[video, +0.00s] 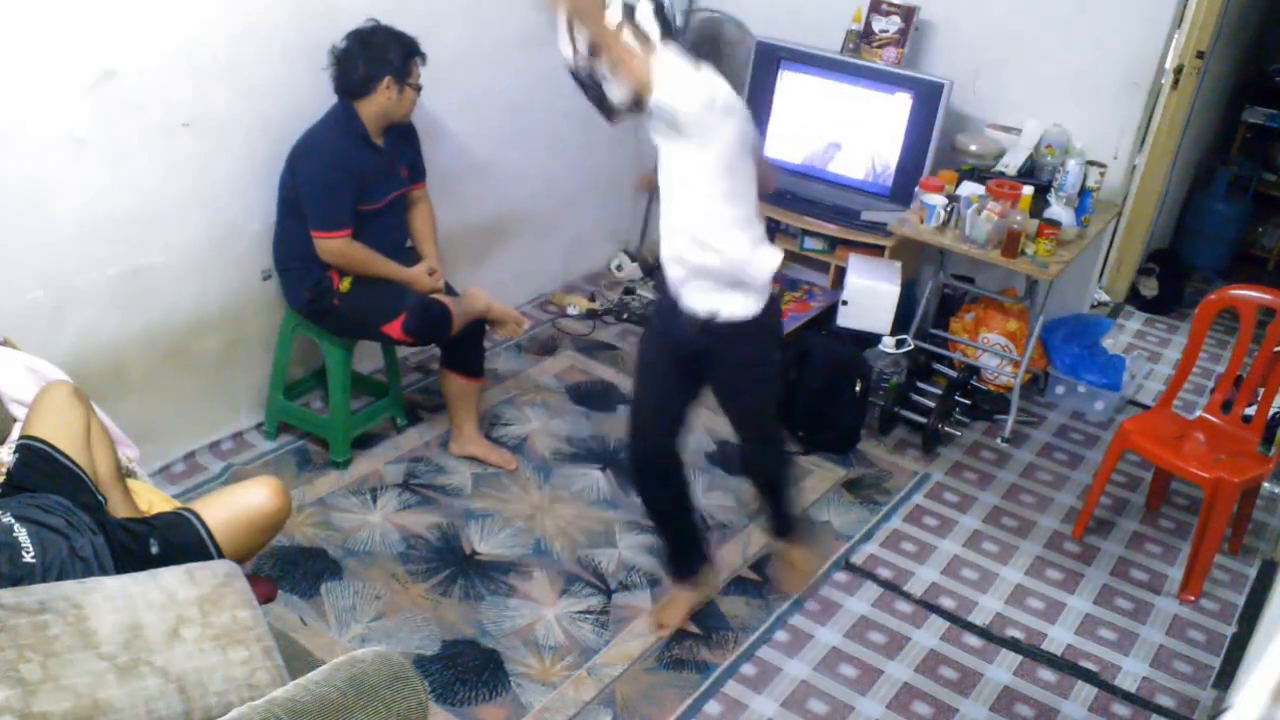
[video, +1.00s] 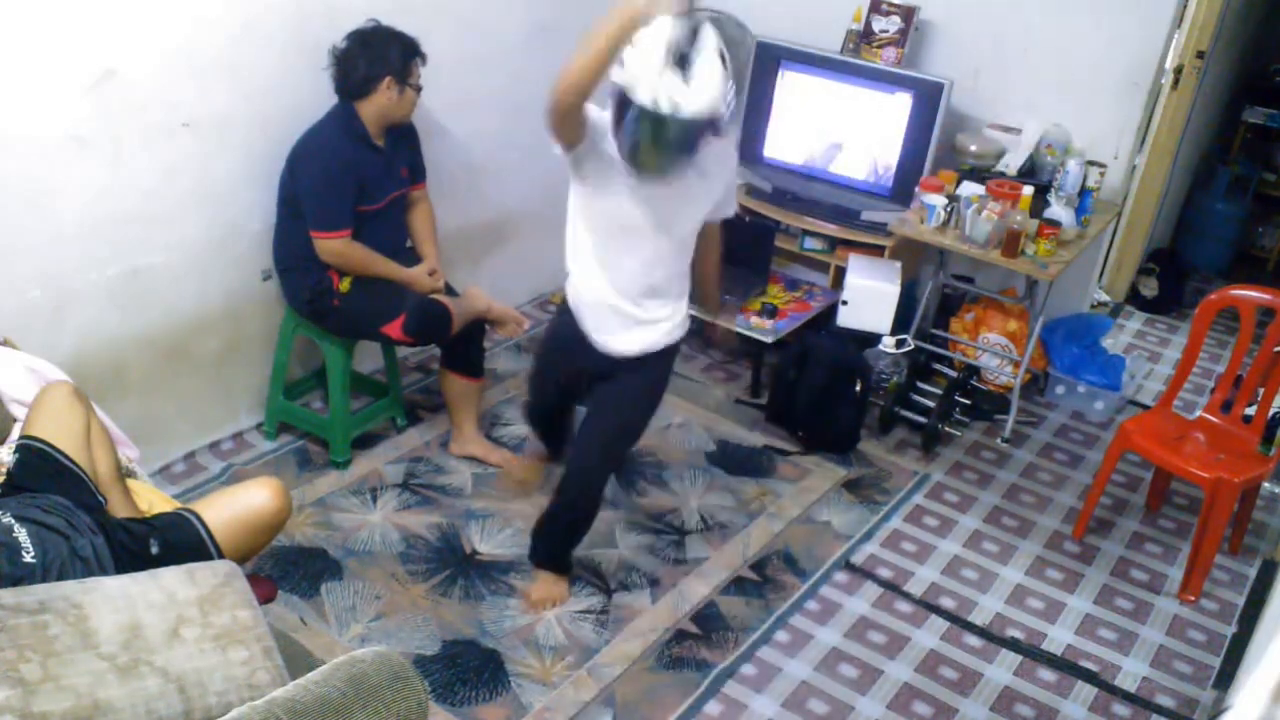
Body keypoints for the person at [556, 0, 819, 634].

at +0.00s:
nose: (624, 69)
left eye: (630, 57)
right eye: (618, 60)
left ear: (664, 53)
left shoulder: (712, 100)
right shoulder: (672, 110)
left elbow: (617, 50)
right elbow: (755, 181)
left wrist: (587, 15)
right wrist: (667, 180)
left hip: (741, 314)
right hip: (679, 305)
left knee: (760, 441)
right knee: (650, 448)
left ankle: (791, 535)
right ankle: (692, 571)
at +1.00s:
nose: (661, 142)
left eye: (680, 130)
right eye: (652, 124)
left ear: (705, 122)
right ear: (627, 105)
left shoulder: (715, 159)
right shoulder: (594, 140)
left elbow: (710, 240)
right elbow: (565, 101)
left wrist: (711, 309)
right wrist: (626, 18)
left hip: (648, 345)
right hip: (580, 323)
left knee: (589, 468)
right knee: (543, 404)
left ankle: (552, 560)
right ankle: (553, 450)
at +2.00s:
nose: (656, 75)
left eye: (673, 70)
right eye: (647, 60)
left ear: (704, 59)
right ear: (630, 31)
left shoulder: (706, 106)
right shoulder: (582, 65)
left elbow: (727, 224)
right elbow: (504, 20)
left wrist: (758, 295)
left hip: (690, 280)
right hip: (610, 291)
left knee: (757, 423)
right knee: (628, 448)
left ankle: (840, 575)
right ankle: (648, 591)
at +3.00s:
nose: (636, 22)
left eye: (647, 19)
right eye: (631, 18)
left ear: (666, 22)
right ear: (621, 21)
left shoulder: (685, 74)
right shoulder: (612, 77)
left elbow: (653, 8)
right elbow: (575, 171)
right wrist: (492, 206)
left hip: (642, 286)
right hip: (583, 268)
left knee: (616, 435)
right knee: (502, 399)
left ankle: (624, 554)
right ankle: (497, 528)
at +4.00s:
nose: (717, 81)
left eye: (732, 72)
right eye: (707, 64)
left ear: (746, 69)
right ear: (676, 45)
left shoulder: (732, 109)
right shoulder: (627, 88)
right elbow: (575, 38)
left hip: (698, 291)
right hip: (625, 288)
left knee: (683, 443)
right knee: (604, 420)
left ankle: (667, 605)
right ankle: (589, 523)